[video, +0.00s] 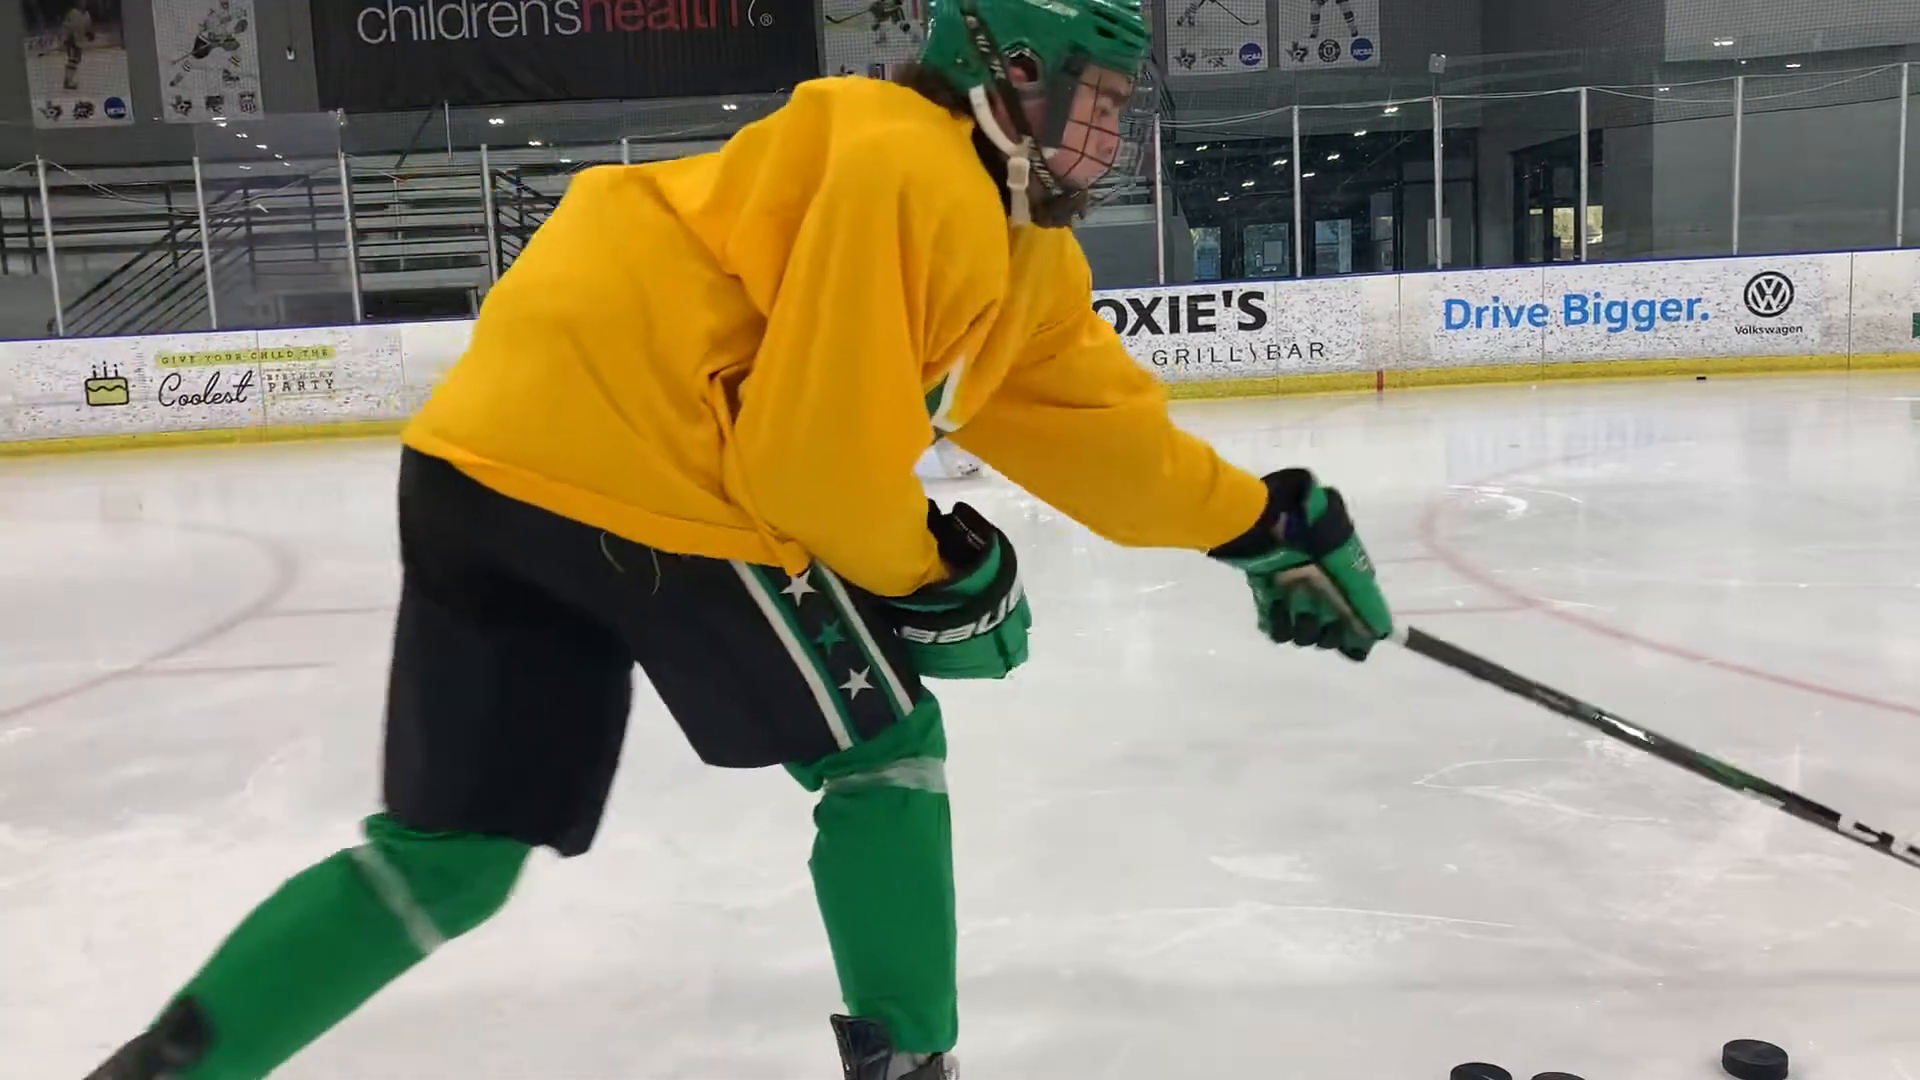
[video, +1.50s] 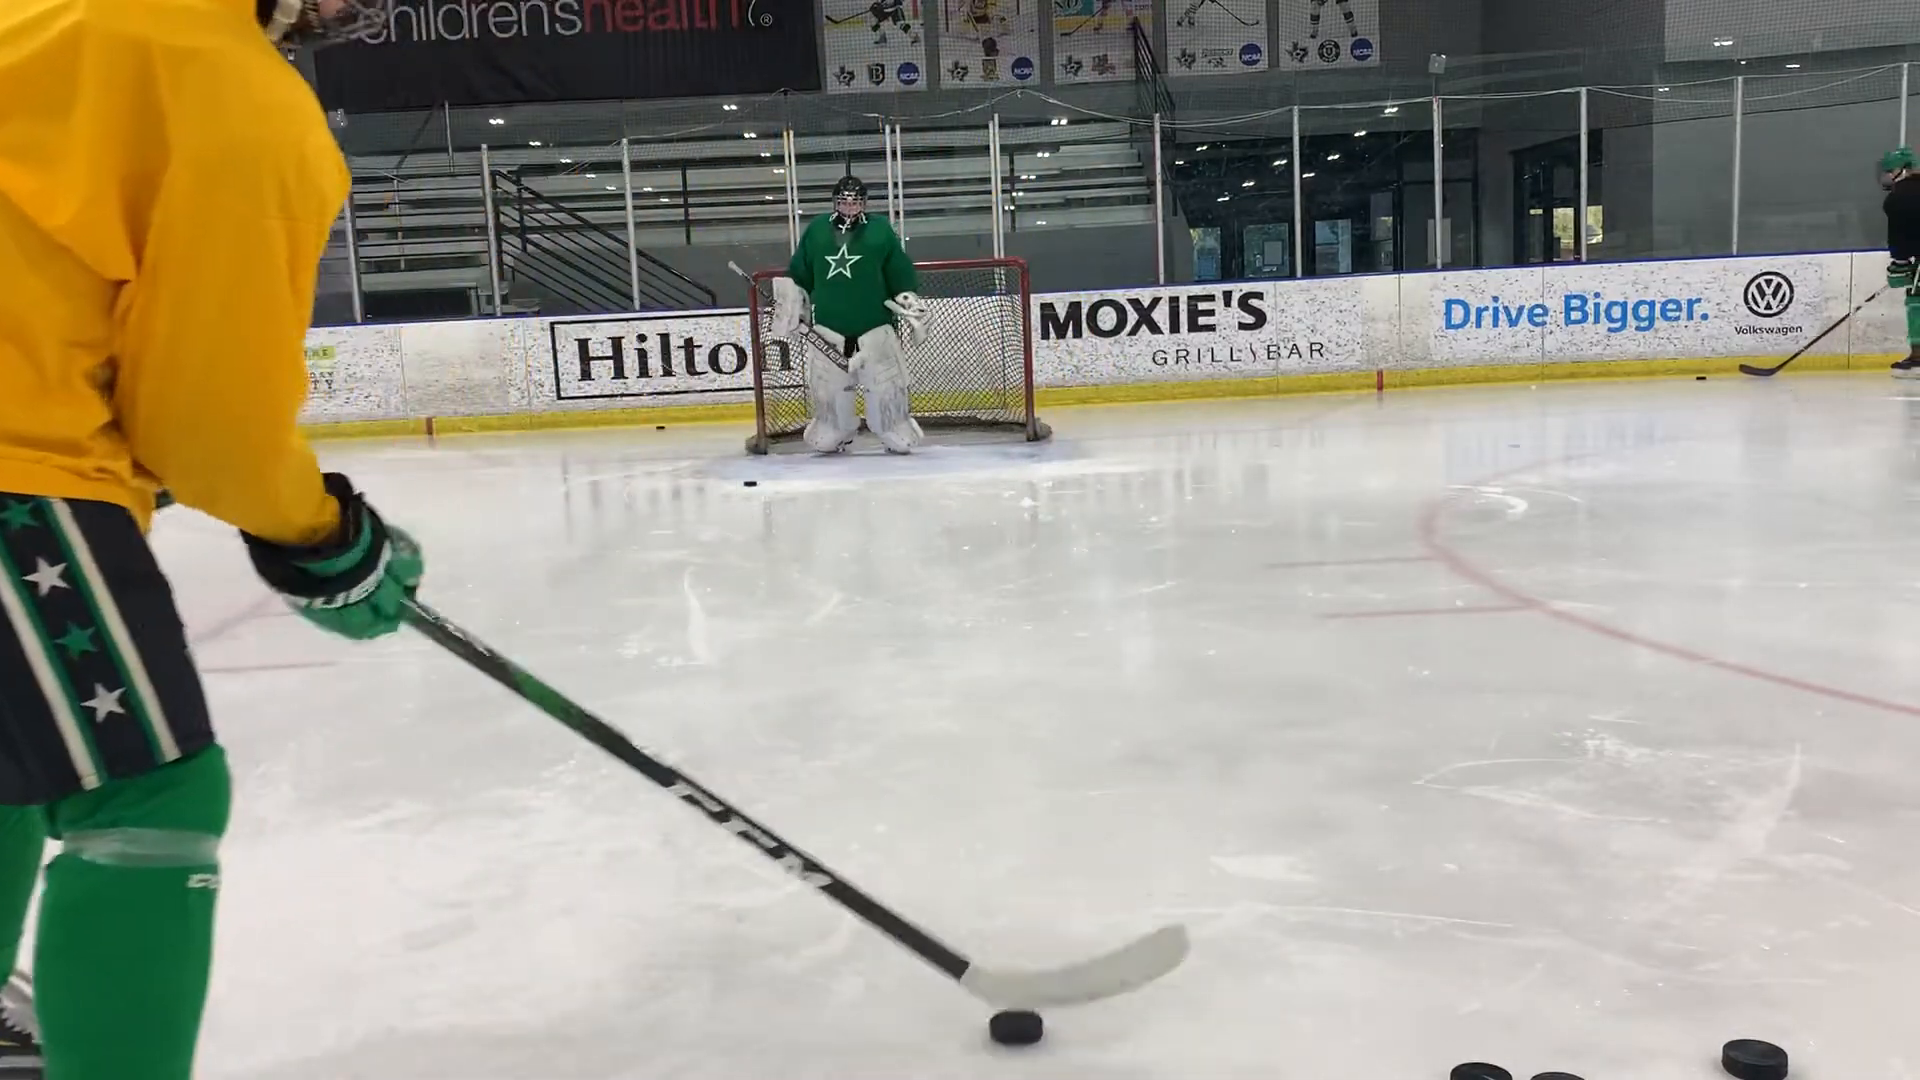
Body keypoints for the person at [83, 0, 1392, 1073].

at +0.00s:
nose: (1114, 135)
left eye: (1123, 105)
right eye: (1093, 97)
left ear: (1056, 104)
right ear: (998, 73)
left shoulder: (1013, 245)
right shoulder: (904, 165)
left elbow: (1087, 419)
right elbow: (809, 459)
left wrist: (1269, 528)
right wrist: (936, 571)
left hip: (483, 452)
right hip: (633, 479)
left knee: (452, 847)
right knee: (881, 745)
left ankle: (169, 1058)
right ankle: (904, 1051)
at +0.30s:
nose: (1066, 17)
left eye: (1073, 9)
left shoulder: (938, 89)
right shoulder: (907, 56)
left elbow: (927, 362)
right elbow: (819, 338)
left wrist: (996, 519)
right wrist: (902, 525)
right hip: (649, 389)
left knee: (756, 670)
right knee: (841, 725)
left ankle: (685, 916)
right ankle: (895, 1053)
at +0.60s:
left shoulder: (762, 25)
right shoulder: (759, 28)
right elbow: (703, 294)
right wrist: (812, 467)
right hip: (582, 393)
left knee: (759, 666)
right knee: (763, 687)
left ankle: (754, 898)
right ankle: (742, 1022)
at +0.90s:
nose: (744, 16)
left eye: (755, 9)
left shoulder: (534, 33)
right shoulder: (640, 84)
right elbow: (601, 338)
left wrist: (627, 477)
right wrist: (650, 513)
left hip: (352, 389)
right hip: (438, 408)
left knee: (493, 675)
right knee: (593, 717)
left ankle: (474, 879)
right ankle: (539, 1033)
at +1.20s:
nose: (551, 28)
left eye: (564, 22)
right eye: (555, 11)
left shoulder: (274, 21)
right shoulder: (468, 113)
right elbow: (420, 391)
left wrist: (372, 475)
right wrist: (455, 531)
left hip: (69, 386)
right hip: (216, 415)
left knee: (212, 702)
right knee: (396, 750)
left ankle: (181, 956)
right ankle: (377, 1061)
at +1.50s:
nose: (344, 15)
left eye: (354, 12)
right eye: (350, 4)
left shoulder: (42, 22)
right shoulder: (244, 99)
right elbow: (207, 416)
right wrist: (329, 540)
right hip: (28, 454)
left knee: (12, 782)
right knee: (154, 798)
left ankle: (0, 1018)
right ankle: (107, 1057)